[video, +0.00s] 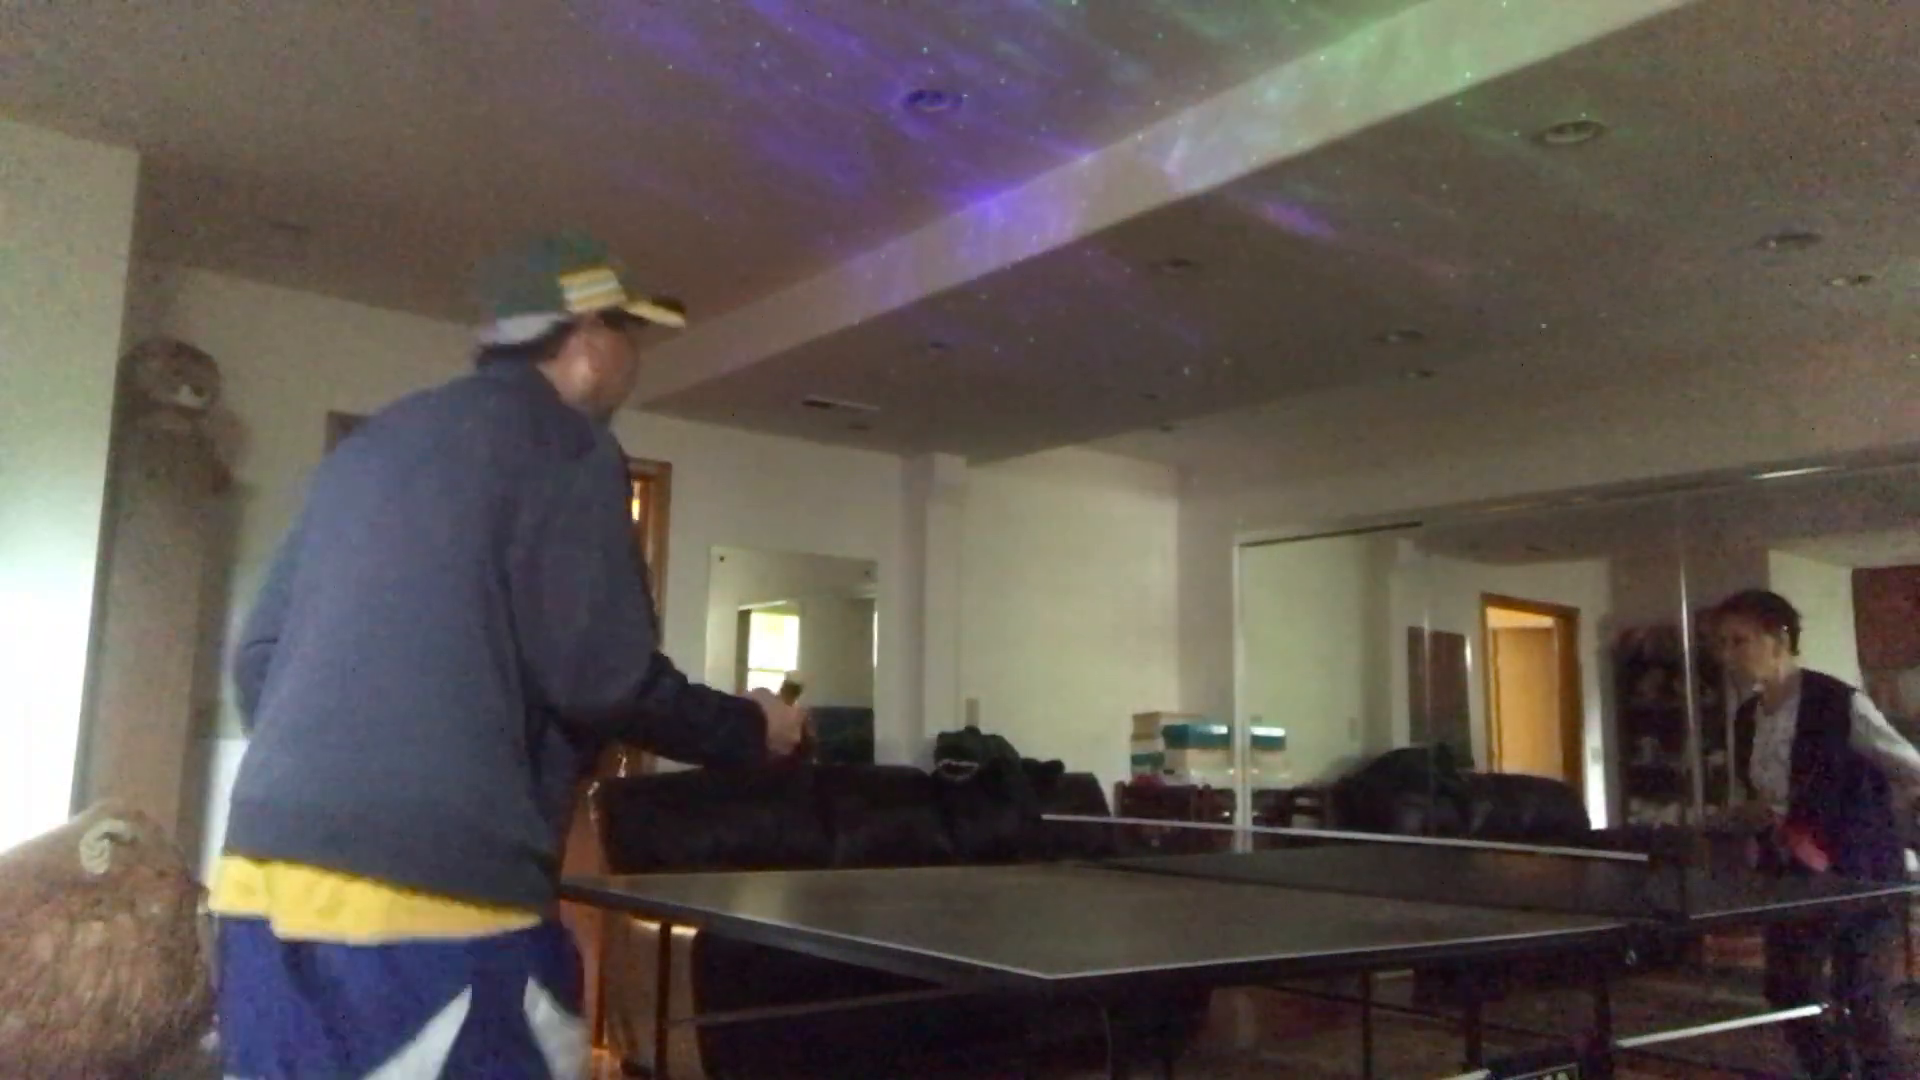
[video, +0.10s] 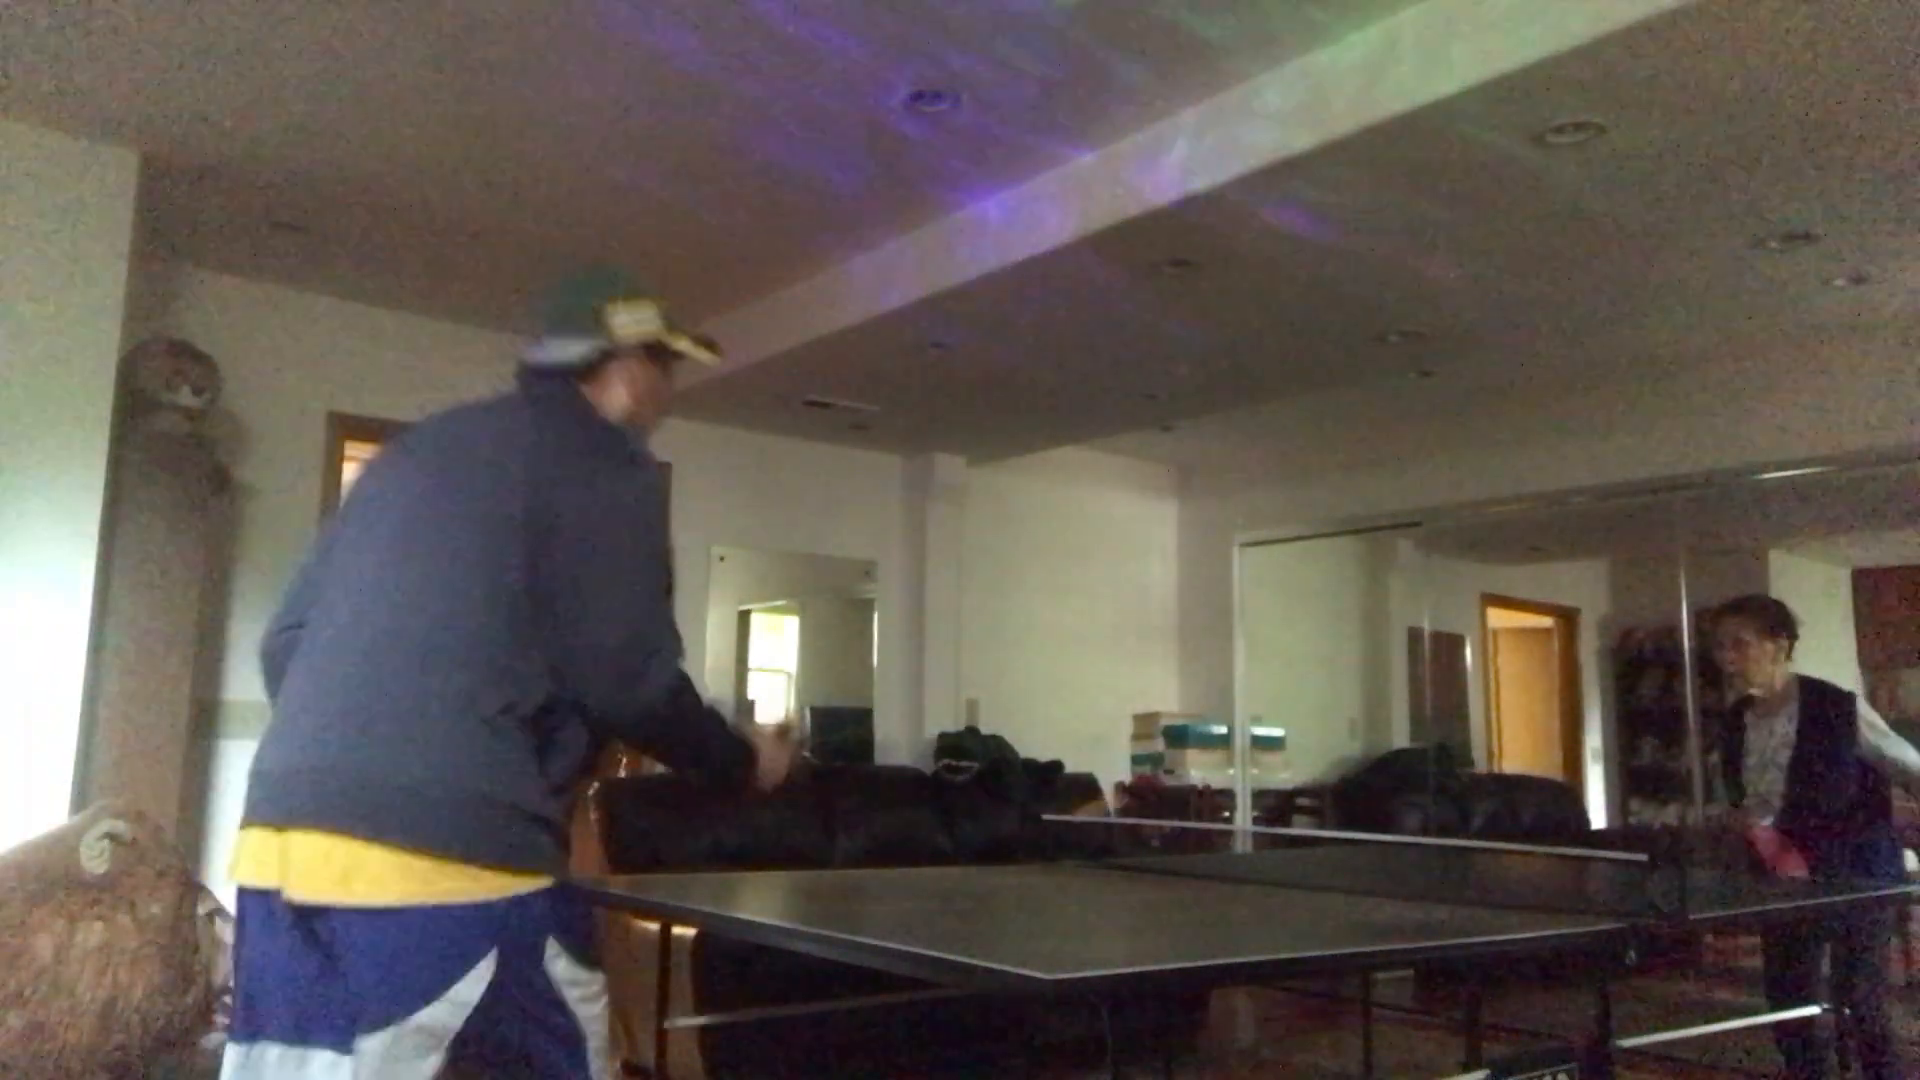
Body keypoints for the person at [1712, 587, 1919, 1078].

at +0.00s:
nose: (1728, 656)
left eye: (1739, 640)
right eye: (1724, 644)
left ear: (1780, 637)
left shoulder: (1838, 701)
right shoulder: (1745, 717)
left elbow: (1910, 768)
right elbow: (1749, 802)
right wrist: (1751, 817)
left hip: (1861, 875)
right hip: (1791, 878)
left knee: (1864, 1001)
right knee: (1787, 996)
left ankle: (1880, 1069)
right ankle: (1824, 1068)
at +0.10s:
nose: (1726, 658)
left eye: (1738, 643)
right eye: (1721, 646)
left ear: (1779, 644)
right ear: (1717, 653)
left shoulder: (1837, 707)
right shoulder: (1733, 724)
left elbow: (1908, 768)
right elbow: (1736, 805)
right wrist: (1761, 839)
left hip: (1856, 871)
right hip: (1783, 876)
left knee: (1860, 1000)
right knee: (1787, 1001)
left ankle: (1882, 1072)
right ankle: (1808, 1071)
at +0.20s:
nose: (1724, 659)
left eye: (1736, 645)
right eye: (1719, 648)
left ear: (1777, 650)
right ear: (1712, 659)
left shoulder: (1835, 712)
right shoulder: (1718, 724)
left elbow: (1905, 778)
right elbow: (1710, 801)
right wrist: (1726, 826)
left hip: (1857, 864)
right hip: (1781, 869)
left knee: (1867, 986)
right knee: (1781, 986)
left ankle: (1891, 1062)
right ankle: (1803, 1068)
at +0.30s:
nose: (1731, 662)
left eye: (1742, 648)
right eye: (1722, 651)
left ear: (1778, 652)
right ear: (1713, 662)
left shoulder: (1833, 713)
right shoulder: (1717, 725)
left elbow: (1905, 796)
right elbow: (1712, 811)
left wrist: (1906, 879)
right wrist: (1711, 833)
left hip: (1852, 876)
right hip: (1774, 881)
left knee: (1872, 994)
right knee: (1781, 1002)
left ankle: (1905, 1067)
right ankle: (1803, 1072)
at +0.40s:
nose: (1728, 662)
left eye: (1740, 647)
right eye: (1720, 651)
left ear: (1780, 651)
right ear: (1713, 662)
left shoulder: (1835, 713)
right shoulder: (1717, 725)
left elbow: (1894, 796)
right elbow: (1715, 812)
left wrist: (1899, 877)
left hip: (1850, 873)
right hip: (1772, 878)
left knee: (1884, 983)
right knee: (1779, 990)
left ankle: (1913, 1062)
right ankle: (1798, 1070)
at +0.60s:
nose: (1736, 663)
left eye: (1750, 649)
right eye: (1730, 651)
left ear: (1790, 653)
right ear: (1724, 660)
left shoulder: (1850, 717)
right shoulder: (1736, 727)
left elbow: (1907, 803)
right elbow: (1734, 810)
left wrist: (1902, 889)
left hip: (1859, 882)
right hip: (1780, 887)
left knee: (1902, 994)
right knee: (1786, 1012)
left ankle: (1917, 1059)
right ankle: (1805, 1072)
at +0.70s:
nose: (1731, 662)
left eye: (1745, 648)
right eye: (1727, 651)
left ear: (1787, 651)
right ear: (1724, 660)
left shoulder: (1846, 718)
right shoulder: (1737, 728)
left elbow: (1909, 799)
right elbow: (1728, 807)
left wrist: (1895, 886)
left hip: (1856, 879)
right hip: (1780, 884)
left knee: (1894, 955)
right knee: (1771, 980)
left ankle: (1915, 1047)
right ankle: (1791, 1067)